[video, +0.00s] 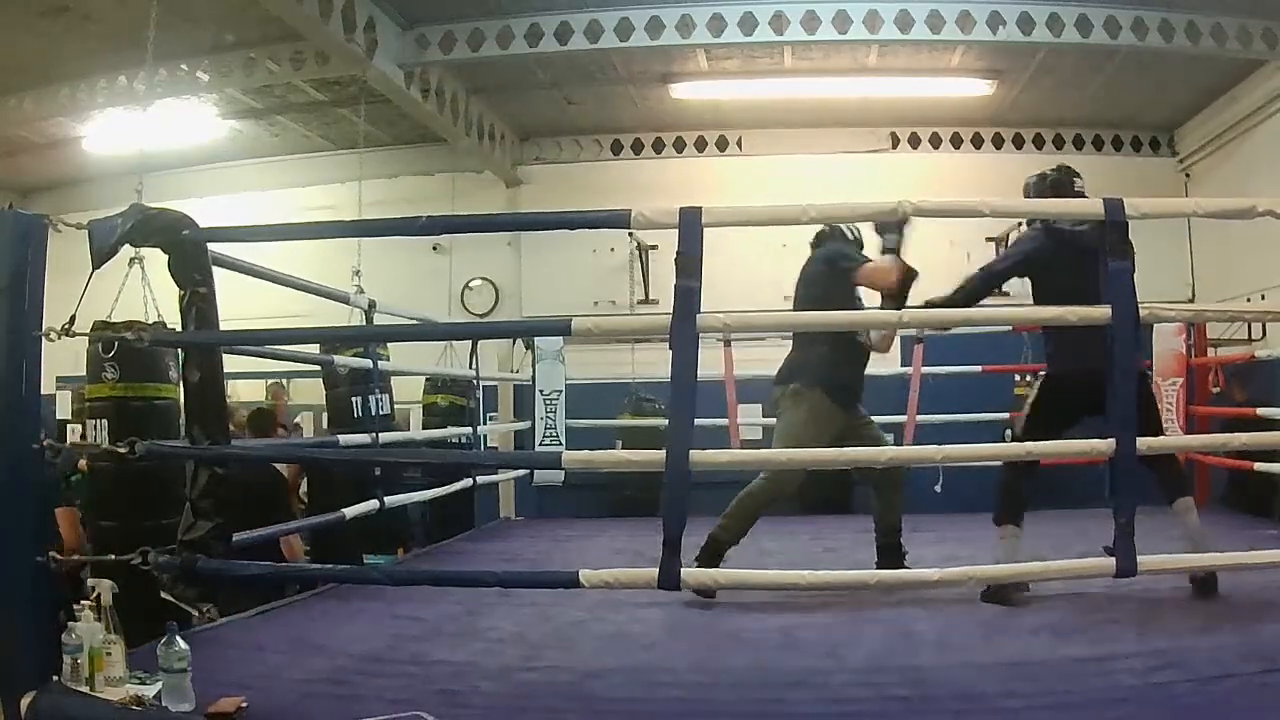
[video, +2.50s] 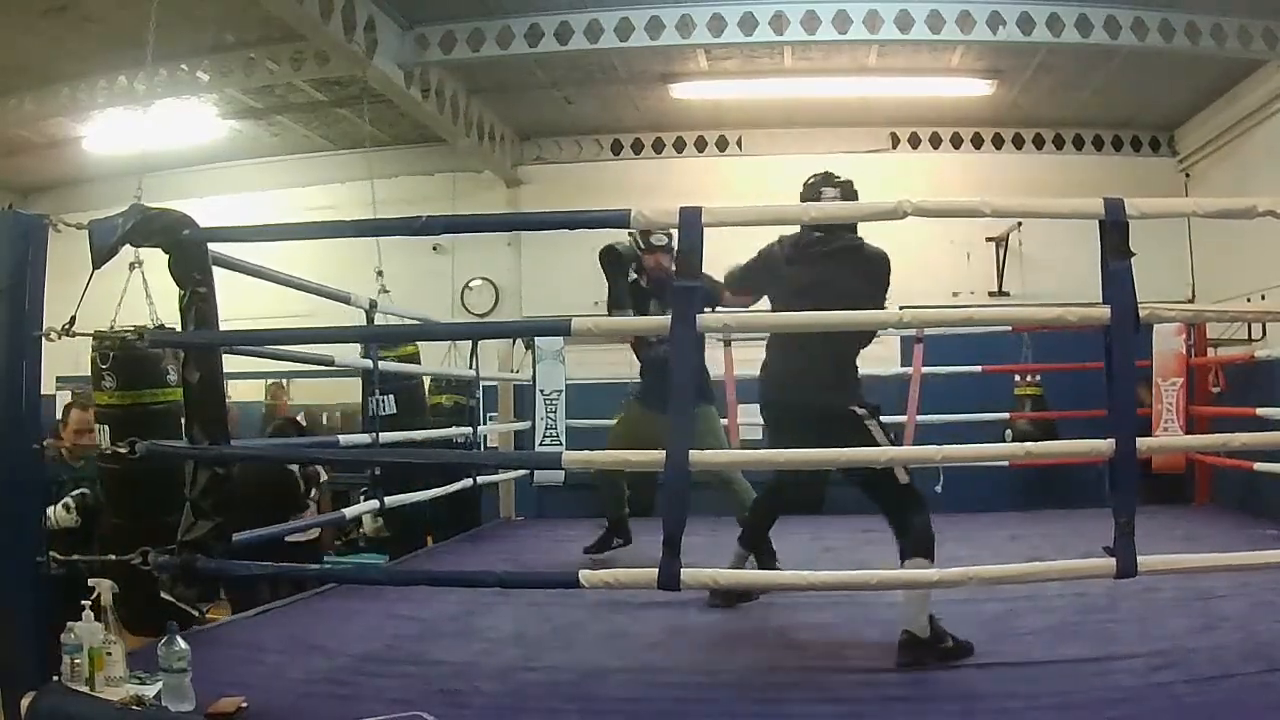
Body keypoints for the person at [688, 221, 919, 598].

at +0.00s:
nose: (861, 255)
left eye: (856, 250)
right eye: (855, 247)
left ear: (826, 244)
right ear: (844, 243)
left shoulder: (843, 297)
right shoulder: (829, 257)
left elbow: (881, 341)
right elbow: (892, 277)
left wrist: (894, 293)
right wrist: (891, 244)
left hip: (841, 406)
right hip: (809, 396)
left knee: (888, 467)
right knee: (780, 478)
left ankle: (891, 562)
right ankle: (706, 562)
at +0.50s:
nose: (753, 223)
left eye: (758, 217)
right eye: (745, 217)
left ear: (761, 217)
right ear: (725, 216)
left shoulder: (767, 253)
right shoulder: (702, 253)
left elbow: (799, 298)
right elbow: (741, 286)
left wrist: (810, 257)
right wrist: (748, 234)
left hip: (765, 372)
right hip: (716, 375)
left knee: (798, 450)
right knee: (706, 461)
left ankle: (814, 541)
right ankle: (697, 547)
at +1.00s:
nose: (670, 267)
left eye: (676, 260)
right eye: (665, 261)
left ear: (688, 257)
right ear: (659, 262)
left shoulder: (711, 291)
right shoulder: (650, 294)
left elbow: (741, 331)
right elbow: (641, 327)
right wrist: (654, 280)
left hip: (703, 394)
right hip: (663, 395)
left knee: (717, 464)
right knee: (651, 464)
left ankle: (751, 543)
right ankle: (665, 532)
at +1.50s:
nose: (679, 261)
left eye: (681, 255)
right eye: (673, 255)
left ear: (682, 258)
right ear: (659, 256)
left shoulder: (685, 288)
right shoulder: (629, 284)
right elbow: (639, 318)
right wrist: (647, 270)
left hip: (674, 396)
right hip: (638, 395)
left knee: (677, 465)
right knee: (622, 464)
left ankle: (690, 538)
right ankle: (653, 518)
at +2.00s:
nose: (653, 269)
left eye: (658, 262)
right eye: (645, 262)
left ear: (665, 262)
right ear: (631, 264)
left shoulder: (679, 295)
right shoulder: (622, 296)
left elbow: (732, 330)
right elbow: (616, 345)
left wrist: (715, 284)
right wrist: (613, 300)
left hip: (676, 412)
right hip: (635, 411)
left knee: (696, 476)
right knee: (605, 466)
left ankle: (722, 548)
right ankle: (602, 533)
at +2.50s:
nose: (658, 261)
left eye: (663, 253)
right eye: (651, 255)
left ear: (674, 254)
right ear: (639, 258)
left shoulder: (691, 286)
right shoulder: (633, 293)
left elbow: (736, 299)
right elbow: (620, 325)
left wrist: (687, 275)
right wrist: (617, 282)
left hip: (695, 402)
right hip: (649, 402)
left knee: (724, 471)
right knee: (609, 462)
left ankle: (763, 545)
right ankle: (618, 527)